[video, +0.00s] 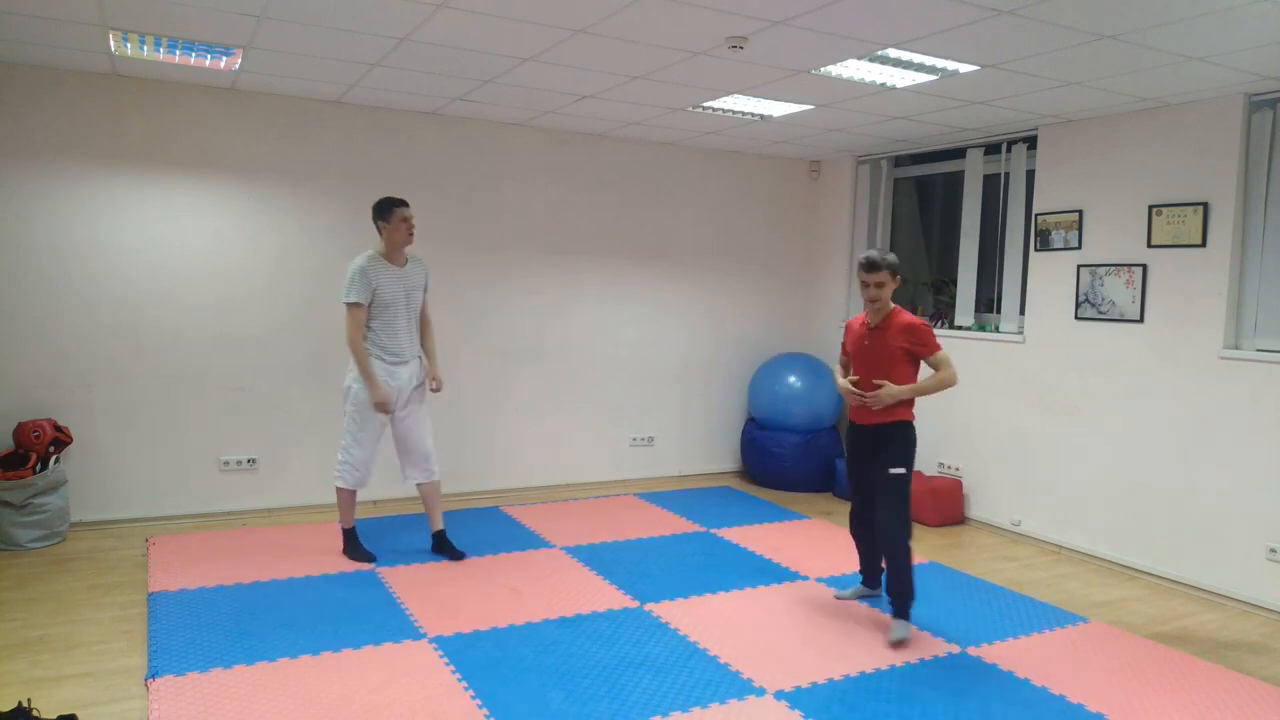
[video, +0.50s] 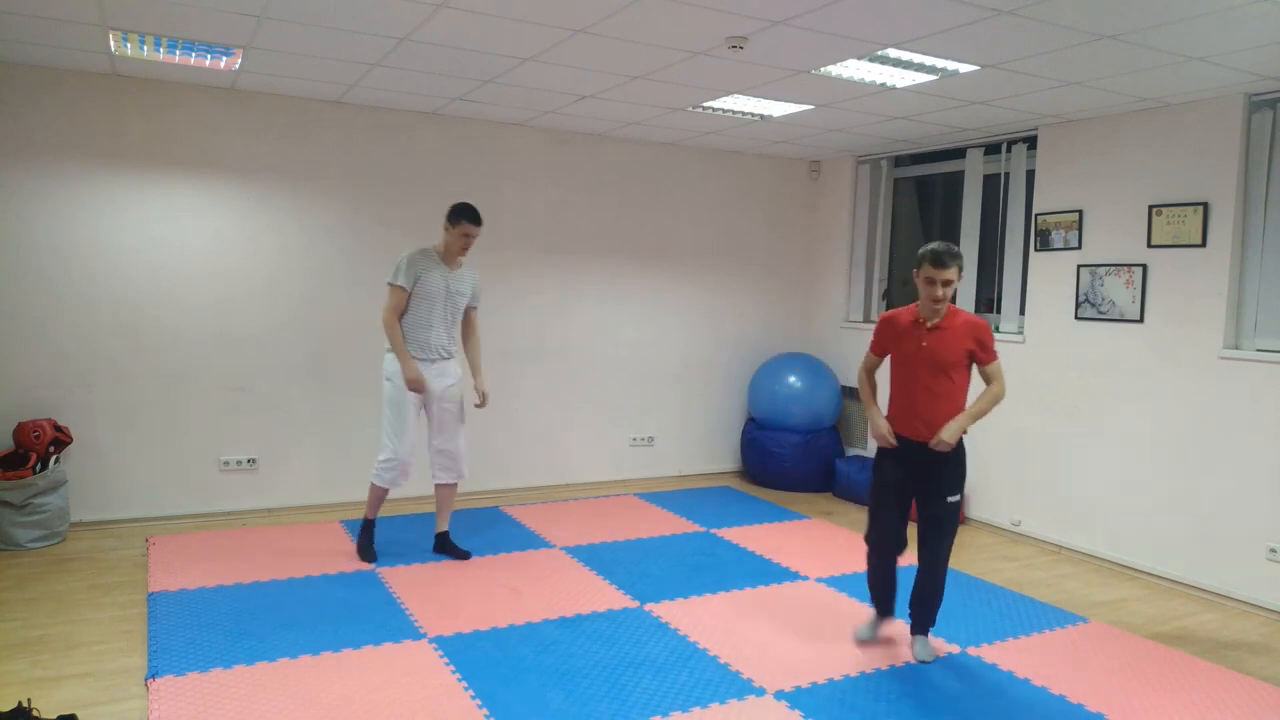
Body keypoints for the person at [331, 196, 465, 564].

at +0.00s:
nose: (412, 226)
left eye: (412, 220)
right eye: (405, 221)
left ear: (408, 226)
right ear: (383, 226)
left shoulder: (418, 269)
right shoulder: (364, 269)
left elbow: (423, 320)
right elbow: (354, 336)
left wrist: (432, 364)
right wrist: (373, 384)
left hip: (410, 372)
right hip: (371, 374)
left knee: (422, 453)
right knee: (356, 456)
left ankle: (438, 534)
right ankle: (349, 537)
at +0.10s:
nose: (422, 228)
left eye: (423, 222)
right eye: (415, 223)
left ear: (418, 227)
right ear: (394, 227)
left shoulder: (427, 268)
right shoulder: (373, 268)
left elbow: (435, 317)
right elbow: (368, 335)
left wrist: (444, 360)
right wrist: (394, 381)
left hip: (417, 371)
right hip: (377, 372)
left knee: (432, 450)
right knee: (360, 454)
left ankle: (441, 534)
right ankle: (350, 537)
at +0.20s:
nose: (434, 233)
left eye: (435, 227)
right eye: (428, 227)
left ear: (434, 229)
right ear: (406, 226)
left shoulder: (436, 269)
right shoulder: (383, 267)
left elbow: (446, 318)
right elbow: (379, 332)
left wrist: (455, 361)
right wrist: (409, 379)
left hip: (426, 371)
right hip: (386, 371)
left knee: (437, 451)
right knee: (367, 453)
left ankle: (442, 535)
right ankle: (351, 537)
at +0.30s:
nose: (446, 238)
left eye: (449, 231)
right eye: (440, 231)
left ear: (450, 232)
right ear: (421, 227)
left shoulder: (448, 271)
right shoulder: (394, 266)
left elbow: (454, 320)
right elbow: (385, 327)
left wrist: (465, 366)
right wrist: (415, 374)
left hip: (434, 372)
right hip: (394, 372)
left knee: (444, 451)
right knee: (376, 453)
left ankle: (442, 535)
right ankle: (354, 535)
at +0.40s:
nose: (458, 241)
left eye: (463, 235)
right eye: (453, 233)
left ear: (465, 236)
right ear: (435, 228)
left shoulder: (460, 275)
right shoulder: (406, 264)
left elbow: (463, 327)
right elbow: (388, 322)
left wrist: (472, 372)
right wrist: (415, 370)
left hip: (442, 371)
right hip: (401, 371)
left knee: (447, 452)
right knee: (388, 454)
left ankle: (442, 535)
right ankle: (360, 532)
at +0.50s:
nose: (469, 243)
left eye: (474, 238)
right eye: (464, 235)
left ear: (477, 238)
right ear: (446, 229)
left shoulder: (468, 277)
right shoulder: (414, 262)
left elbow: (470, 332)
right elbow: (390, 316)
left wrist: (477, 378)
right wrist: (407, 365)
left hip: (447, 369)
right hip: (406, 367)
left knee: (449, 452)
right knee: (396, 455)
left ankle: (443, 535)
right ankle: (367, 528)